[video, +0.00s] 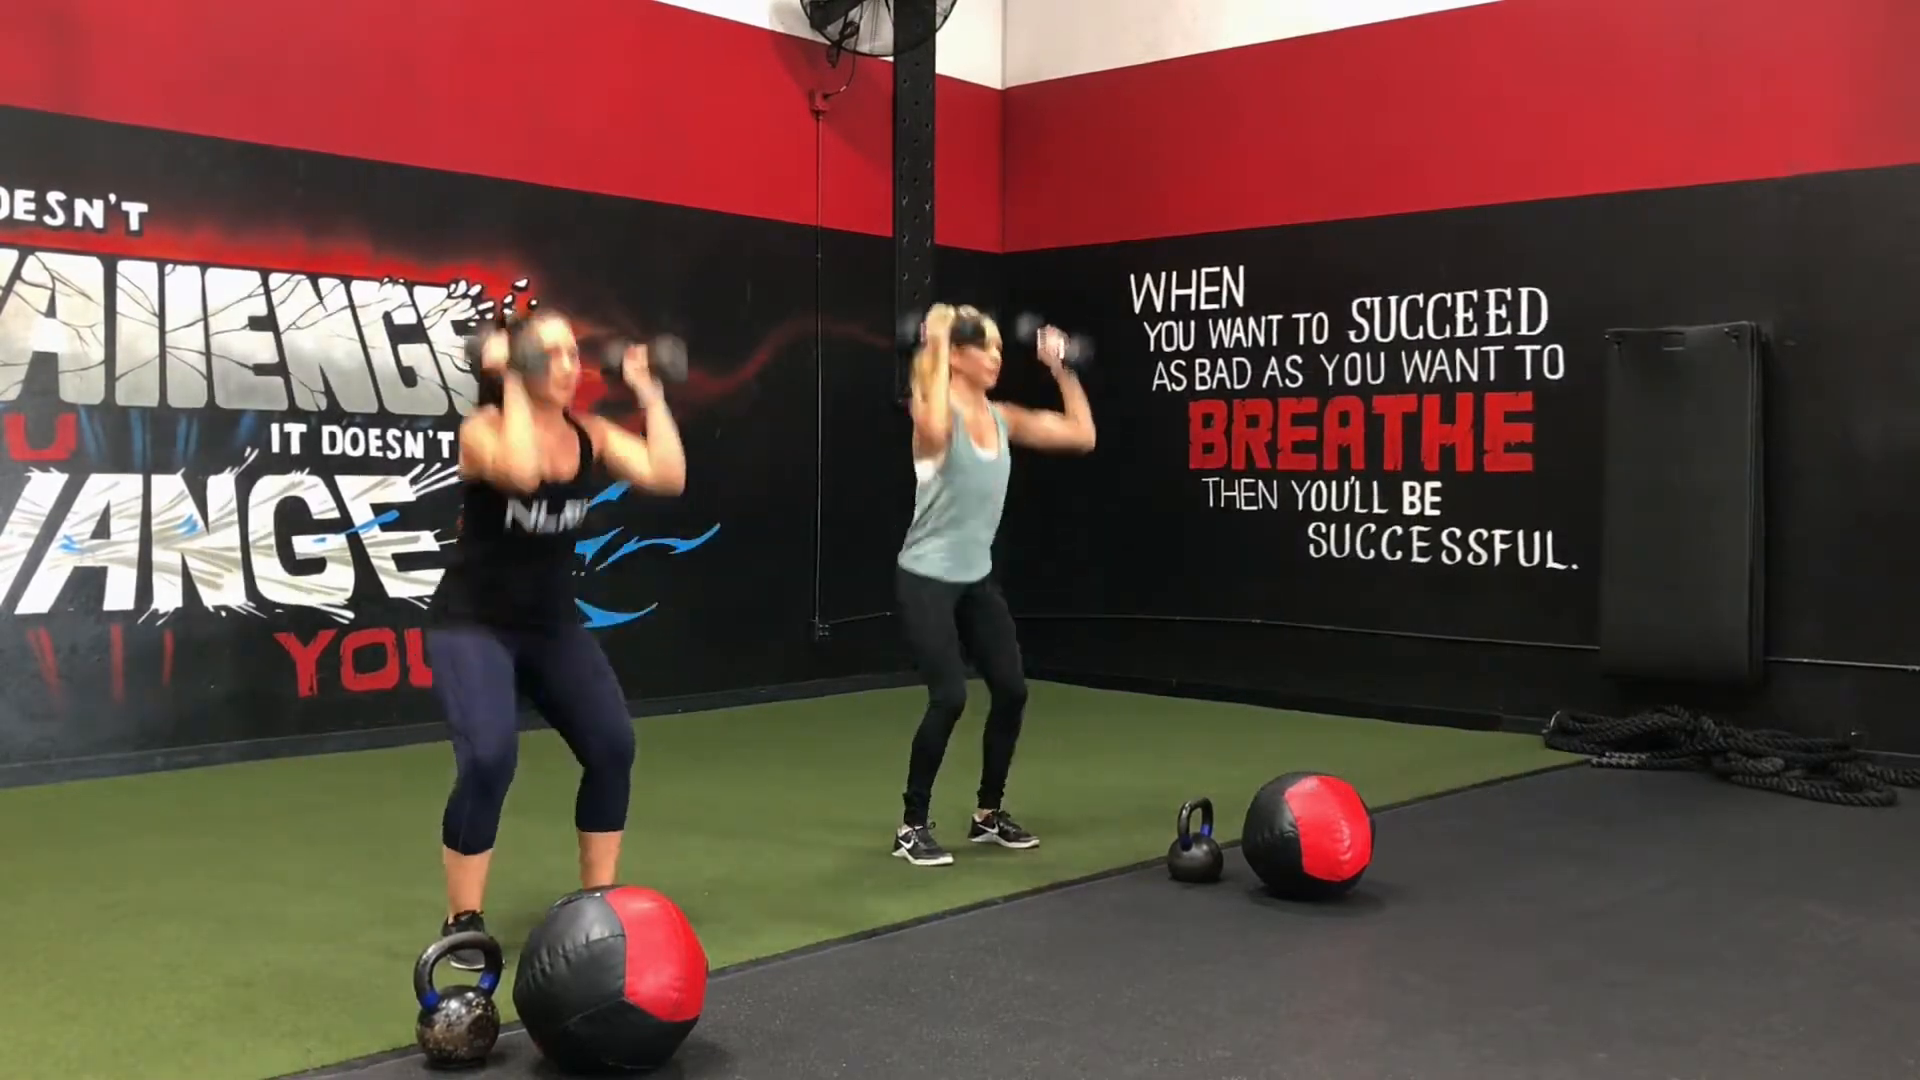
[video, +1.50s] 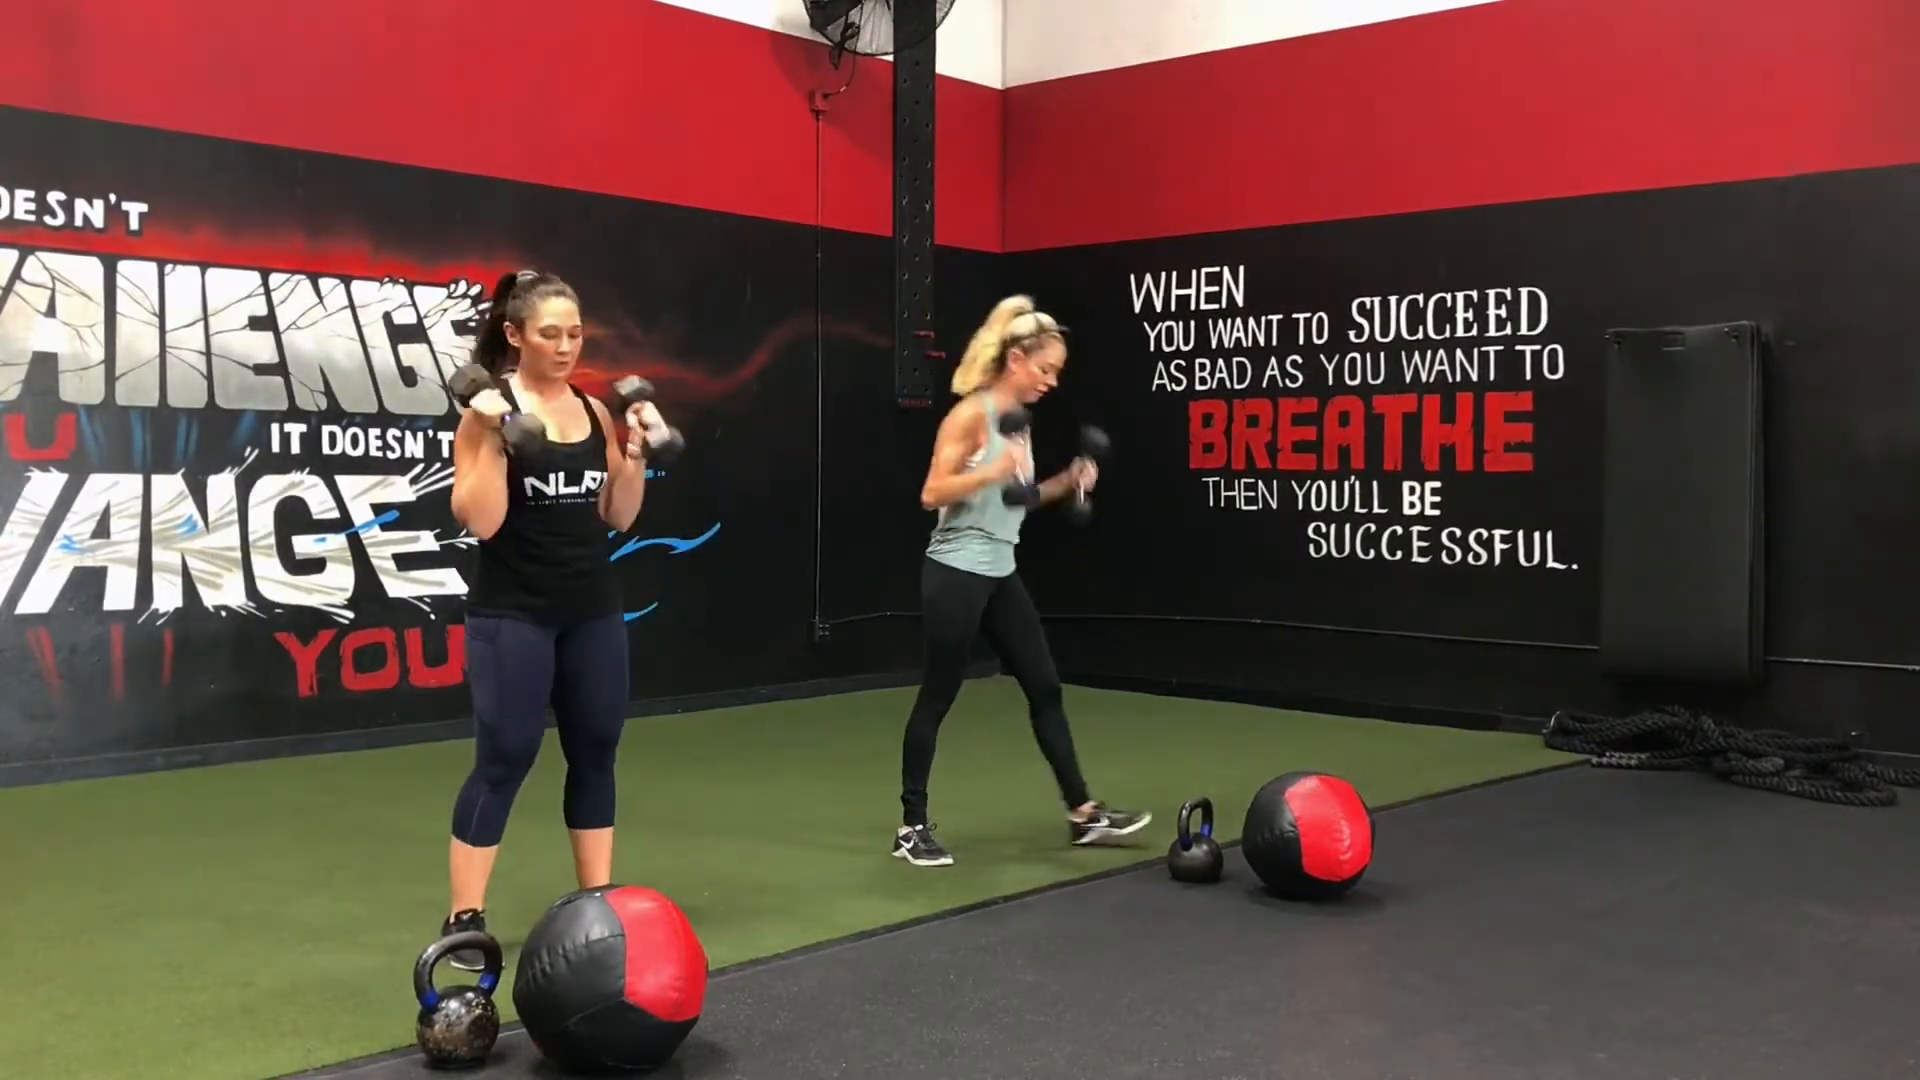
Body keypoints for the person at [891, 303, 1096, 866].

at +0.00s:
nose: (997, 359)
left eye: (998, 350)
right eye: (988, 349)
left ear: (991, 357)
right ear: (957, 355)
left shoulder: (1000, 415)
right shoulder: (933, 411)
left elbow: (1080, 433)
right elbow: (933, 432)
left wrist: (1061, 369)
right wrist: (936, 347)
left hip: (976, 581)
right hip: (926, 580)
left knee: (1010, 690)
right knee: (949, 696)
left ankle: (988, 815)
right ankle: (913, 827)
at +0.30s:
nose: (989, 344)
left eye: (992, 336)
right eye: (977, 336)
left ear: (993, 344)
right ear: (948, 343)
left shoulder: (998, 393)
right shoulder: (935, 398)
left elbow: (1067, 346)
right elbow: (938, 337)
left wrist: (1058, 270)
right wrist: (939, 255)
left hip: (986, 572)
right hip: (933, 571)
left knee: (1000, 687)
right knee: (947, 690)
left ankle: (988, 815)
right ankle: (913, 825)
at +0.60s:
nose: (1022, 502)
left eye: (1022, 493)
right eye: (1009, 493)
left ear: (1025, 502)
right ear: (978, 504)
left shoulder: (1018, 562)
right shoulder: (950, 559)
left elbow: (1057, 640)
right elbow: (950, 653)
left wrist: (1059, 572)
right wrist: (953, 579)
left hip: (958, 677)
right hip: (901, 677)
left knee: (1041, 715)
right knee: (961, 724)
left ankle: (989, 818)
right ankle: (914, 830)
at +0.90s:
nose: (1015, 401)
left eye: (1016, 391)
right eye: (1003, 391)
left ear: (1013, 398)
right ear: (971, 395)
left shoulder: (1014, 462)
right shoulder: (945, 456)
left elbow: (1080, 520)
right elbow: (945, 524)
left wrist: (1063, 452)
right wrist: (945, 445)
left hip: (966, 609)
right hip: (912, 607)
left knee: (1027, 704)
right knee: (952, 711)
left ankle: (989, 816)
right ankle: (914, 829)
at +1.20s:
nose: (992, 351)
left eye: (997, 343)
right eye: (983, 340)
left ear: (998, 349)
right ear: (953, 336)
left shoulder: (993, 389)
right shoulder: (933, 391)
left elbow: (1053, 324)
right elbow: (941, 313)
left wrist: (1064, 247)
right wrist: (939, 226)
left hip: (989, 571)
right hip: (937, 569)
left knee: (986, 693)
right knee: (928, 692)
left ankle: (987, 813)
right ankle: (913, 825)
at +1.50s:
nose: (1051, 381)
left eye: (1056, 372)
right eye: (1046, 369)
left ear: (1029, 365)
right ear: (1013, 358)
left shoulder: (1018, 419)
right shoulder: (968, 415)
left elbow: (1013, 498)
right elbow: (932, 492)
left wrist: (1065, 482)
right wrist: (993, 473)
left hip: (1000, 573)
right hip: (954, 573)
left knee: (1044, 686)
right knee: (937, 694)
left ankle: (1083, 813)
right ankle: (913, 825)